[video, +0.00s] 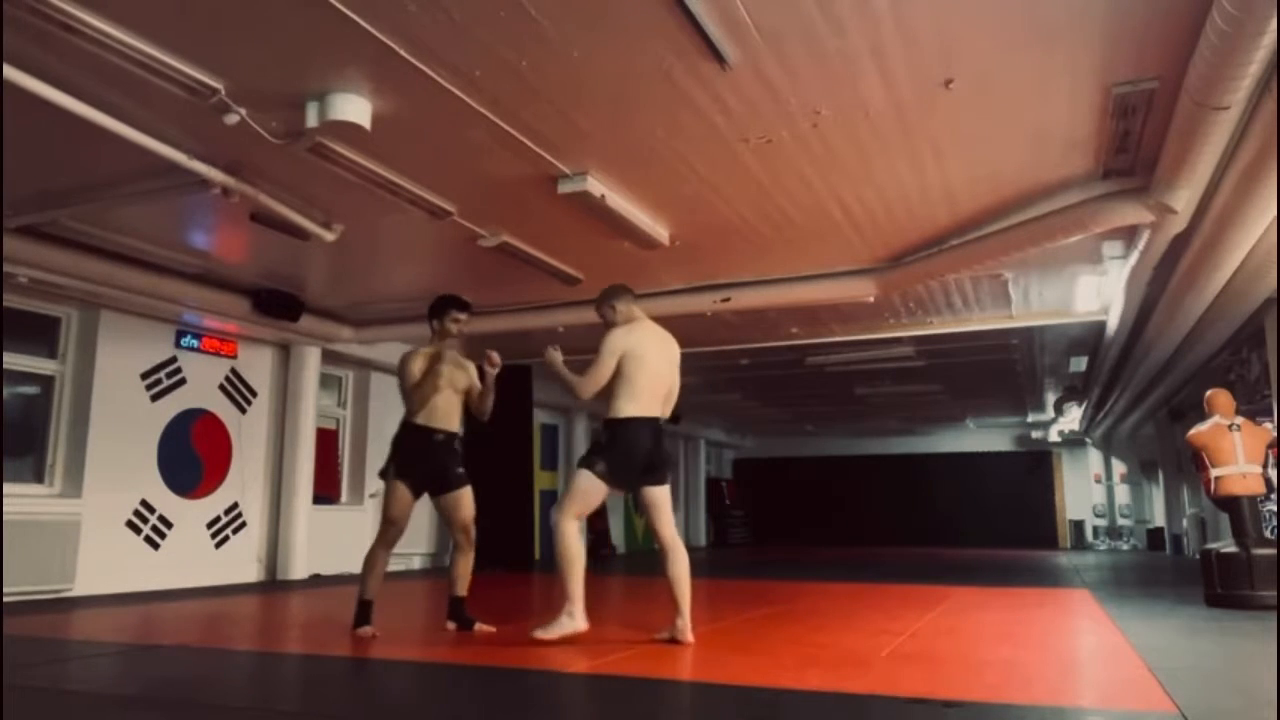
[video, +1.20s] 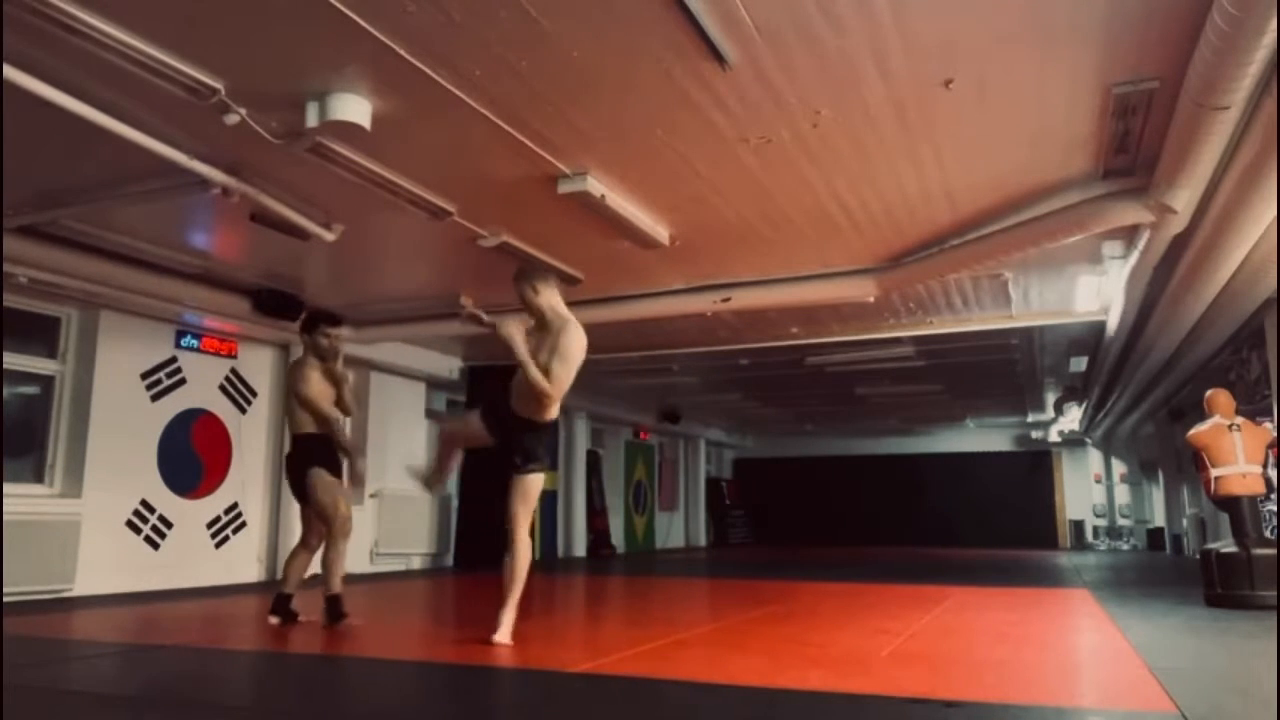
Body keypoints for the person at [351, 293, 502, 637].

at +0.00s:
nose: (461, 328)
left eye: (464, 323)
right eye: (455, 321)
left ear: (465, 327)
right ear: (435, 322)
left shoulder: (468, 367)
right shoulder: (416, 358)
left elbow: (483, 412)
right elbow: (412, 400)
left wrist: (490, 378)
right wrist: (438, 361)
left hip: (450, 449)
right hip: (413, 444)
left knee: (466, 532)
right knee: (390, 530)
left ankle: (458, 610)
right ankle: (364, 613)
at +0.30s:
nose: (425, 325)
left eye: (429, 320)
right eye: (419, 318)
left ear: (429, 321)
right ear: (400, 317)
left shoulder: (428, 358)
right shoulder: (377, 355)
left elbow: (435, 410)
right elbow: (366, 406)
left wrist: (444, 376)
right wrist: (394, 380)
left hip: (413, 443)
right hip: (379, 441)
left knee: (438, 526)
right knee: (376, 530)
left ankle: (458, 606)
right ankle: (363, 616)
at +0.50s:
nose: (410, 327)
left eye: (413, 321)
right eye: (404, 320)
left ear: (413, 323)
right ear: (385, 319)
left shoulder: (408, 359)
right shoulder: (366, 356)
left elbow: (412, 409)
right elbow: (361, 406)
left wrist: (419, 372)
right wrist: (398, 429)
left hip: (394, 442)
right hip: (364, 442)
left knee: (415, 524)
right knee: (374, 529)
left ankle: (415, 595)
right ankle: (363, 612)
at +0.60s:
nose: (402, 328)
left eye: (406, 322)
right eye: (396, 321)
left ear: (406, 324)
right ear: (378, 320)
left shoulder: (397, 358)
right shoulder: (363, 360)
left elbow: (408, 408)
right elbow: (360, 412)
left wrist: (409, 371)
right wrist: (395, 448)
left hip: (387, 440)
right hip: (359, 441)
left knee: (398, 527)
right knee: (373, 528)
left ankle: (379, 596)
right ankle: (361, 612)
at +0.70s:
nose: (393, 331)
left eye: (397, 326)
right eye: (386, 325)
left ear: (398, 328)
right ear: (369, 325)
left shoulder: (388, 362)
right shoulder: (358, 364)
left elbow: (404, 405)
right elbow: (362, 416)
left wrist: (399, 362)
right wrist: (397, 451)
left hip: (377, 444)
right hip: (353, 445)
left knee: (383, 528)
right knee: (373, 528)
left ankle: (345, 583)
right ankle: (361, 613)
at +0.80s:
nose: (376, 336)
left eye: (381, 330)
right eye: (370, 330)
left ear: (387, 333)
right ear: (355, 331)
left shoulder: (380, 364)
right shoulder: (349, 364)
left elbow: (391, 404)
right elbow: (366, 412)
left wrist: (383, 367)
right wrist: (402, 448)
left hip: (368, 451)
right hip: (347, 450)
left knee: (358, 532)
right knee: (374, 528)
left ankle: (315, 581)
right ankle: (361, 617)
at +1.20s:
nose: (333, 344)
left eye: (337, 338)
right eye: (326, 337)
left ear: (339, 339)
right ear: (308, 337)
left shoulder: (327, 370)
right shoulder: (303, 371)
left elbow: (350, 411)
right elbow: (328, 415)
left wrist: (341, 381)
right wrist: (353, 458)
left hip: (326, 452)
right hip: (309, 453)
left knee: (312, 537)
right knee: (340, 522)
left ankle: (282, 601)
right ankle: (334, 604)